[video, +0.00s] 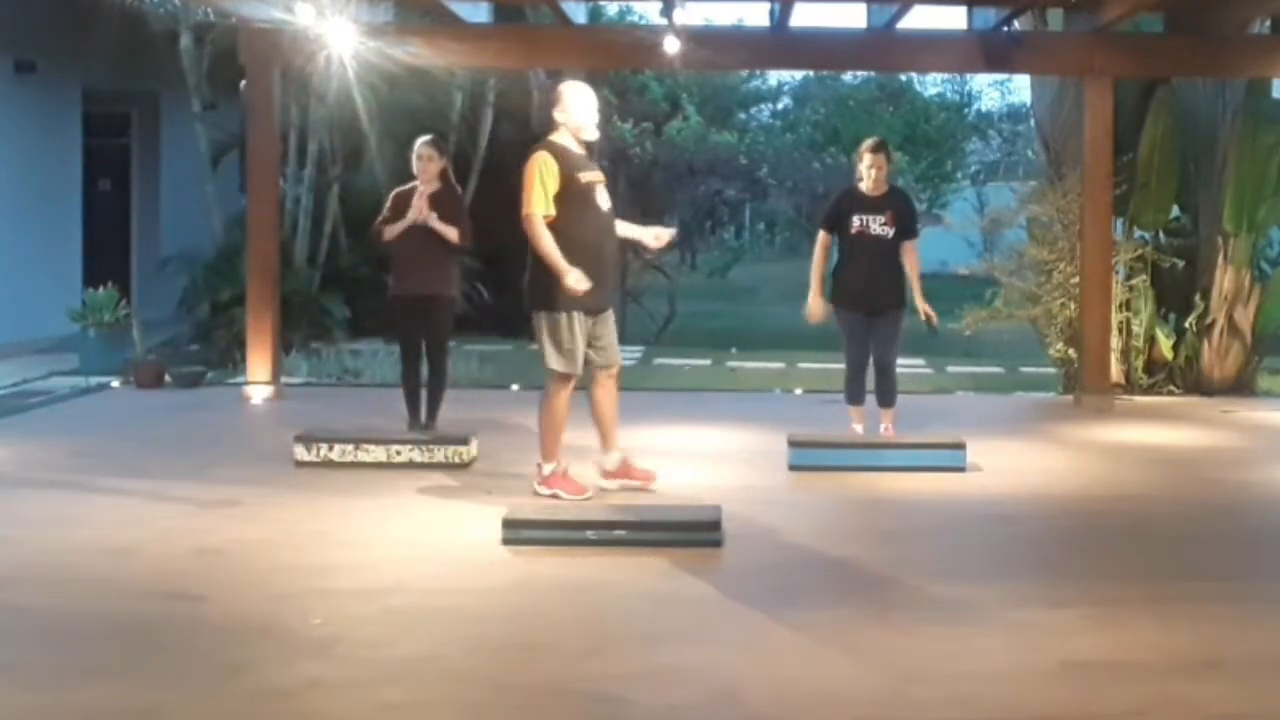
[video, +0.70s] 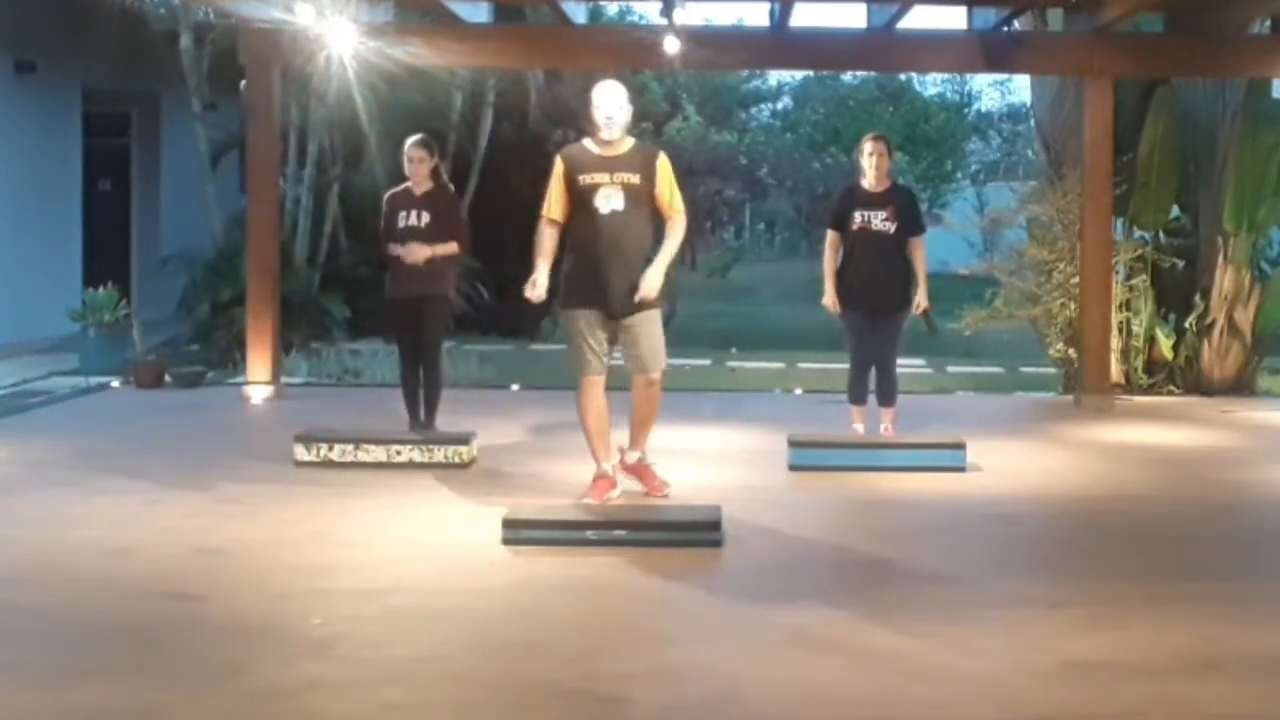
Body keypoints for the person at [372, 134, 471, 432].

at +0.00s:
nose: (423, 164)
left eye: (429, 158)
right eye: (418, 157)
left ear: (442, 163)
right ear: (412, 161)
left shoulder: (452, 196)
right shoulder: (400, 195)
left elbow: (463, 238)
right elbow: (380, 235)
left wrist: (432, 221)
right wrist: (408, 219)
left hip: (439, 291)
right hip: (406, 291)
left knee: (437, 356)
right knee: (410, 357)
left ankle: (431, 419)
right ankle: (414, 418)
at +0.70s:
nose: (412, 167)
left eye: (419, 161)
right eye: (408, 160)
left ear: (433, 162)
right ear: (403, 162)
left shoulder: (447, 197)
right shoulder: (392, 198)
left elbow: (460, 243)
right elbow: (385, 243)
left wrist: (429, 250)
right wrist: (403, 251)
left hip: (434, 291)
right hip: (402, 291)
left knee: (431, 356)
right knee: (408, 357)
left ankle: (430, 418)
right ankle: (414, 418)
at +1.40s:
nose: (414, 171)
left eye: (420, 165)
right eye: (409, 165)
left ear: (432, 166)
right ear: (403, 167)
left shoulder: (447, 202)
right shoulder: (392, 202)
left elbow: (459, 251)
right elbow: (383, 252)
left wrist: (468, 291)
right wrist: (372, 290)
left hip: (433, 296)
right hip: (399, 295)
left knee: (427, 359)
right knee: (404, 361)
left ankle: (428, 420)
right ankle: (413, 420)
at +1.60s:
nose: (416, 165)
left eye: (422, 159)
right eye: (411, 159)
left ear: (433, 162)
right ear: (404, 163)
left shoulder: (448, 199)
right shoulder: (392, 199)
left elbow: (455, 248)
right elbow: (386, 248)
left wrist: (461, 287)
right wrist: (376, 283)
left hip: (434, 293)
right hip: (400, 292)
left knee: (431, 357)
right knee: (407, 358)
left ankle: (429, 420)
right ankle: (413, 420)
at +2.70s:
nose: (419, 161)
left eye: (426, 156)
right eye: (415, 155)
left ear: (439, 163)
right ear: (409, 160)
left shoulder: (450, 201)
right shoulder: (397, 198)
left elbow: (457, 249)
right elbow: (389, 248)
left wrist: (456, 288)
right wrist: (380, 287)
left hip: (434, 293)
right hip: (402, 292)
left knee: (429, 357)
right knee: (408, 359)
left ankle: (435, 419)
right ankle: (414, 420)